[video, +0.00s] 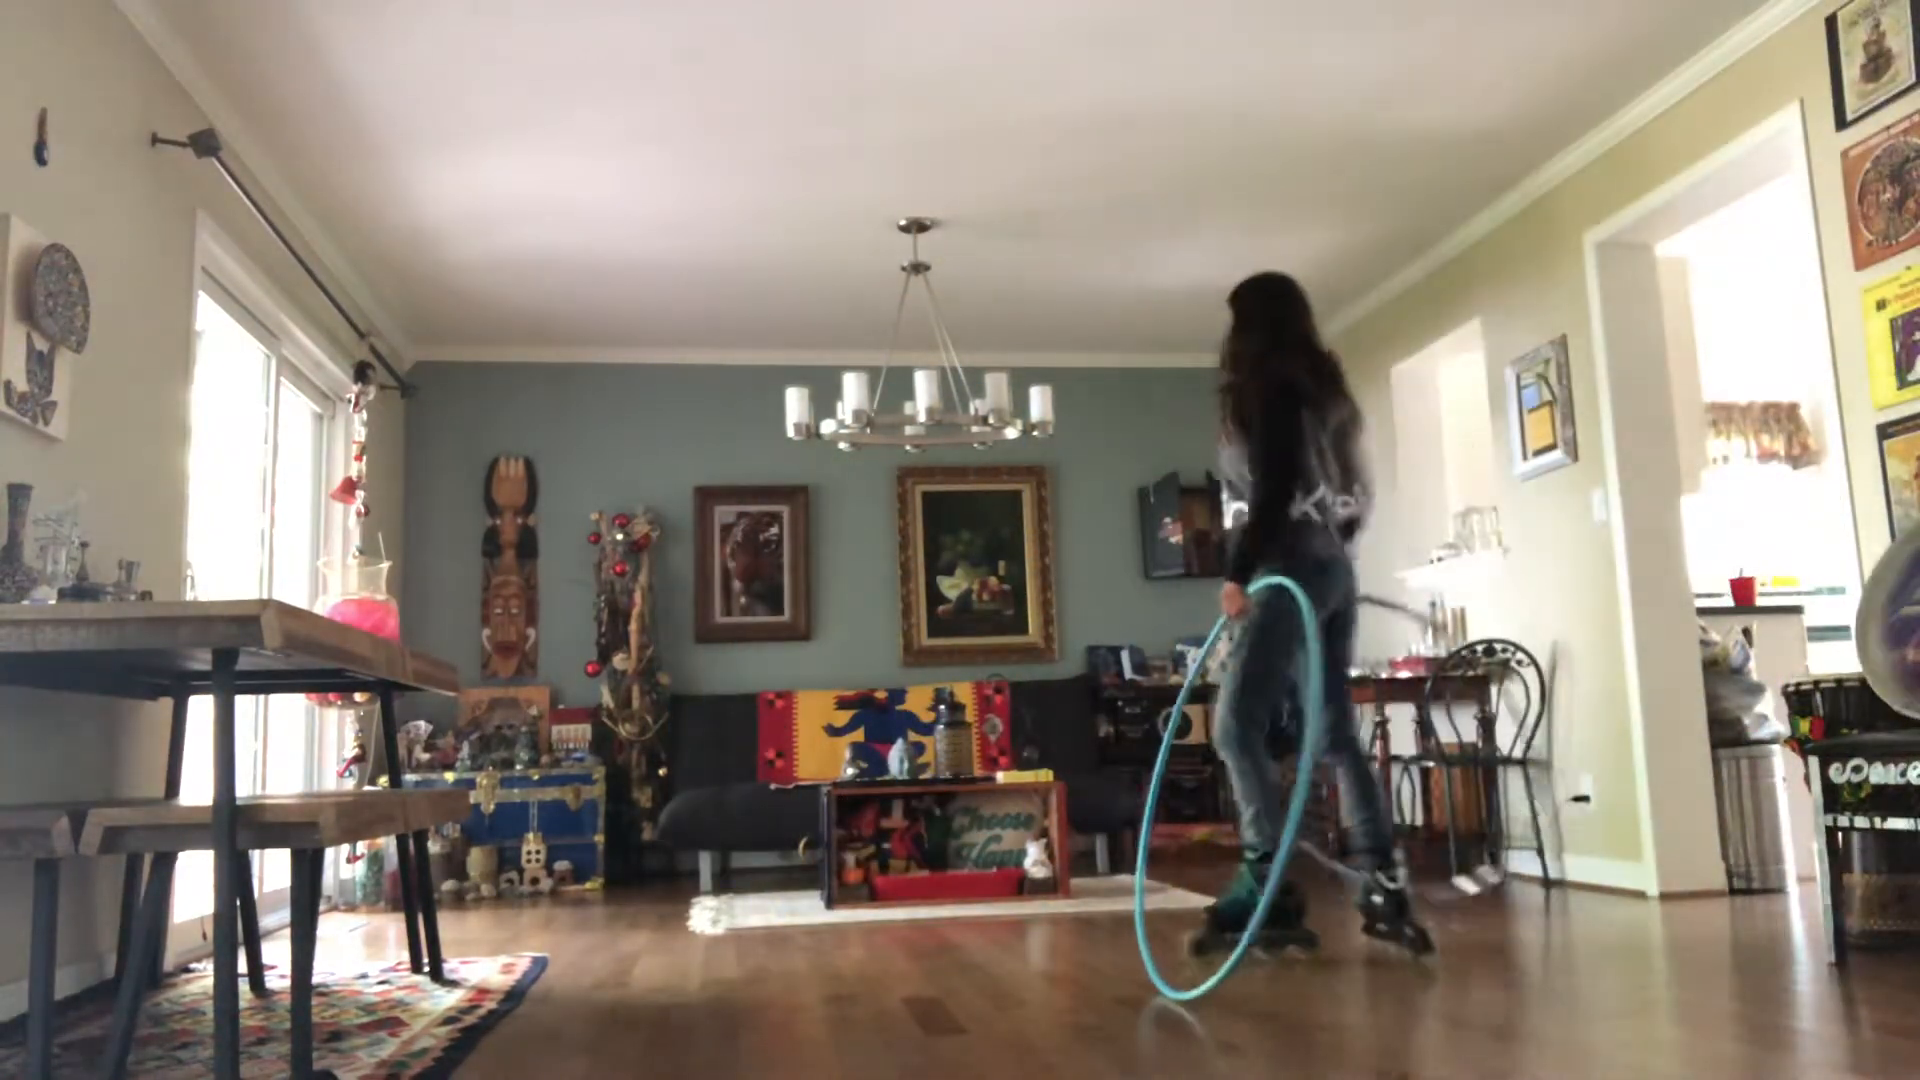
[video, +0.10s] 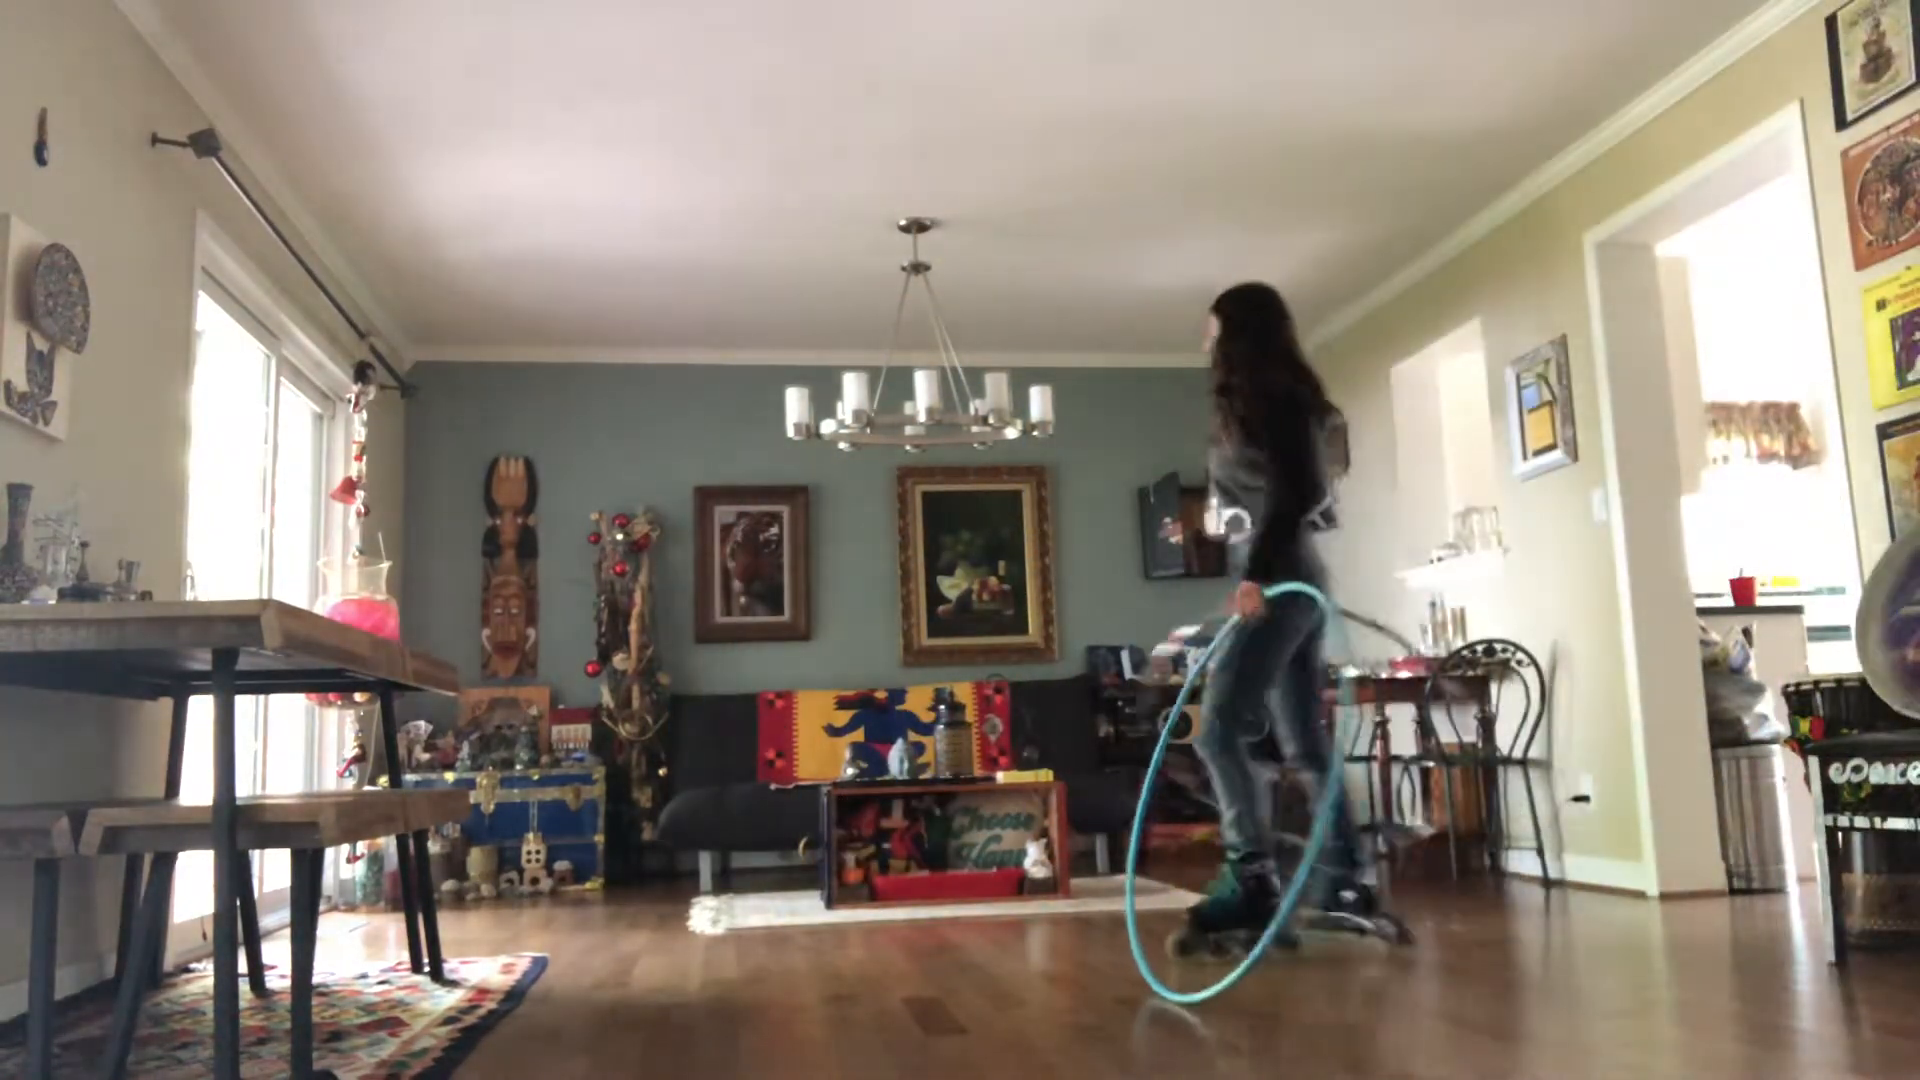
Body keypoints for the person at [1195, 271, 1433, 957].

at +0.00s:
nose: (1231, 334)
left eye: (1236, 321)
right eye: (1234, 321)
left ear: (1250, 322)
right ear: (1299, 319)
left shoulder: (1266, 378)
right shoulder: (1326, 379)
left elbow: (1274, 478)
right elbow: (1357, 491)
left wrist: (1238, 572)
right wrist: (1328, 551)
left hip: (1290, 561)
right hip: (1332, 561)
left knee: (1237, 729)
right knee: (1336, 735)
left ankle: (1268, 887)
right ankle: (1384, 887)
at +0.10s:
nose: (1206, 334)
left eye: (1214, 323)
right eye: (1209, 323)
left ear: (1238, 330)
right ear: (1264, 327)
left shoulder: (1269, 391)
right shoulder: (1253, 392)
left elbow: (1297, 487)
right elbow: (1268, 492)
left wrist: (1255, 575)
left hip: (1284, 577)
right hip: (1289, 577)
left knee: (1218, 733)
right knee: (1304, 742)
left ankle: (1250, 878)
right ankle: (1347, 878)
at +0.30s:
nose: (1168, 356)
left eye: (1177, 344)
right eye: (1169, 343)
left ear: (1209, 346)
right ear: (1192, 346)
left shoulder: (1252, 402)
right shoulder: (1192, 415)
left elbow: (1296, 494)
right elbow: (1184, 512)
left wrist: (1299, 580)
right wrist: (1157, 580)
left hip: (1240, 569)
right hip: (1204, 573)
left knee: (1187, 726)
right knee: (1217, 734)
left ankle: (1224, 867)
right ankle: (1241, 880)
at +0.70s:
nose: (1103, 353)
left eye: (1113, 341)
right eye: (1097, 343)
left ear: (1145, 340)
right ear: (1096, 349)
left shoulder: (1187, 403)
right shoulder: (1096, 417)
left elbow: (1232, 490)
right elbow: (1072, 507)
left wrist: (1240, 578)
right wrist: (1033, 570)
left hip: (1175, 568)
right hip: (1110, 572)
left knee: (1152, 726)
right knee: (1106, 734)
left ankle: (1198, 880)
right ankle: (1117, 883)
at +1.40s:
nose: (1116, 297)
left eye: (1127, 282)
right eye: (1106, 291)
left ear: (1163, 287)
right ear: (1101, 308)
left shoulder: (1209, 372)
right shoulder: (1097, 372)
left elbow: (1257, 461)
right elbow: (1054, 438)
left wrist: (1329, 531)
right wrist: (1007, 490)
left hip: (1205, 556)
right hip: (1126, 558)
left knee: (1214, 738)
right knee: (1106, 734)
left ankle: (1211, 903)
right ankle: (1067, 902)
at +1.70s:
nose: (1146, 245)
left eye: (1159, 229)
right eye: (1134, 240)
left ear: (1197, 239)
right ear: (1128, 263)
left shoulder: (1240, 328)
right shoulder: (1126, 329)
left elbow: (1303, 418)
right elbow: (1065, 395)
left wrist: (1397, 453)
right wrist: (986, 444)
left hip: (1248, 525)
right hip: (1164, 526)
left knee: (1249, 732)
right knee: (1162, 728)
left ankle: (1245, 912)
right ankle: (1144, 916)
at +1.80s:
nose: (1159, 231)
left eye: (1171, 214)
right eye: (1146, 227)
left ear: (1210, 222)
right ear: (1140, 250)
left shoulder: (1255, 315)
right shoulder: (1140, 316)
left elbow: (1323, 404)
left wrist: (1421, 414)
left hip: (1266, 512)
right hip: (1179, 515)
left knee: (1269, 725)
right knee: (1188, 725)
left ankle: (1262, 913)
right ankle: (1171, 921)